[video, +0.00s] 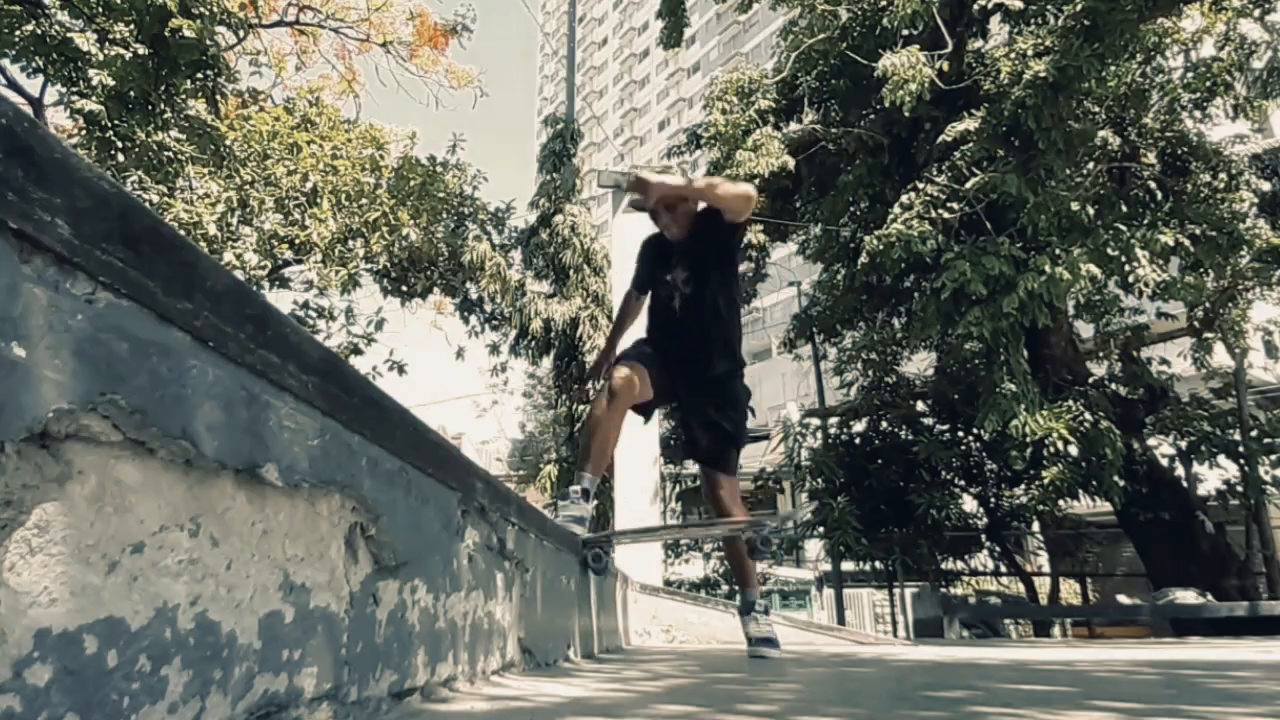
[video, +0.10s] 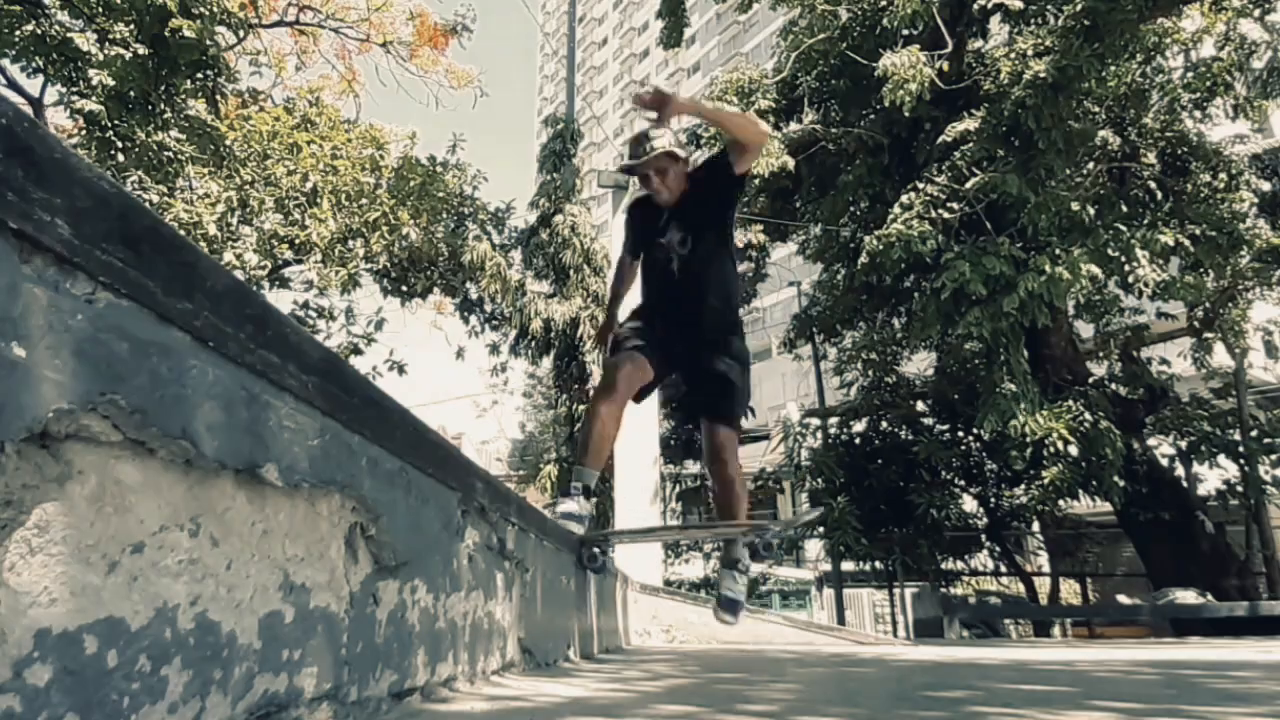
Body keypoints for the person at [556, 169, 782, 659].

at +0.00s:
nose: (661, 219)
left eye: (667, 209)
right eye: (654, 211)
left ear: (686, 204)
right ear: (651, 214)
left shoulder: (719, 231)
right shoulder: (654, 248)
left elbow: (747, 198)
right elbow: (634, 299)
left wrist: (692, 189)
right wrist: (610, 349)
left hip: (716, 371)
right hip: (664, 359)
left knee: (722, 493)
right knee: (619, 384)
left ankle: (753, 605)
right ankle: (583, 496)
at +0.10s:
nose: (650, 185)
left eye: (656, 173)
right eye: (643, 177)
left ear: (679, 165)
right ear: (642, 177)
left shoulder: (714, 184)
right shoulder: (642, 211)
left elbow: (755, 135)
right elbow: (628, 262)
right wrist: (610, 316)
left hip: (716, 336)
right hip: (657, 330)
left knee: (722, 449)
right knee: (616, 376)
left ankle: (735, 560)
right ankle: (581, 492)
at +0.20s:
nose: (650, 170)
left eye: (657, 158)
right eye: (642, 163)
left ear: (679, 147)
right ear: (637, 161)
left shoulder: (715, 165)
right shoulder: (636, 197)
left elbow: (765, 113)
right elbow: (621, 244)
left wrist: (704, 74)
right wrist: (601, 290)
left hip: (717, 319)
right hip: (657, 316)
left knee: (719, 427)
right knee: (613, 382)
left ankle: (725, 529)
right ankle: (577, 490)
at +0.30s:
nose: (653, 156)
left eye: (660, 145)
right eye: (644, 149)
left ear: (682, 135)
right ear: (638, 149)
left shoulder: (717, 151)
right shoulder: (636, 182)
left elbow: (775, 97)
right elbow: (607, 232)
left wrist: (726, 52)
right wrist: (575, 275)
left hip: (718, 303)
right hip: (656, 302)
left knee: (722, 394)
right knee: (618, 377)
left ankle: (718, 486)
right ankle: (574, 490)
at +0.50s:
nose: (660, 106)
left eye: (668, 94)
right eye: (651, 96)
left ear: (695, 85)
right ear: (643, 93)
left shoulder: (731, 107)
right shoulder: (632, 130)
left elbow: (812, 65)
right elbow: (561, 150)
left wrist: (849, 17)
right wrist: (492, 156)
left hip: (725, 256)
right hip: (659, 264)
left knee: (744, 290)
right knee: (616, 358)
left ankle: (717, 417)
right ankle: (577, 485)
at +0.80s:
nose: (681, 83)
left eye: (692, 70)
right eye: (670, 70)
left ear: (717, 64)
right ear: (657, 64)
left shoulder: (749, 96)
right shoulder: (633, 91)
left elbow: (842, 105)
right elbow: (541, 65)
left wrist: (922, 102)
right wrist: (461, 29)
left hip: (732, 247)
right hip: (660, 256)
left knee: (731, 309)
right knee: (632, 368)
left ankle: (743, 465)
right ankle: (661, 508)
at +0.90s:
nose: (696, 94)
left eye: (708, 79)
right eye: (682, 80)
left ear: (730, 72)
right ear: (665, 74)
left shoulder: (761, 110)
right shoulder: (638, 100)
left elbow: (848, 163)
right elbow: (558, 76)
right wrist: (478, 21)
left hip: (738, 263)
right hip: (664, 270)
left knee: (728, 336)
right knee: (655, 395)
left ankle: (742, 507)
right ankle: (688, 548)